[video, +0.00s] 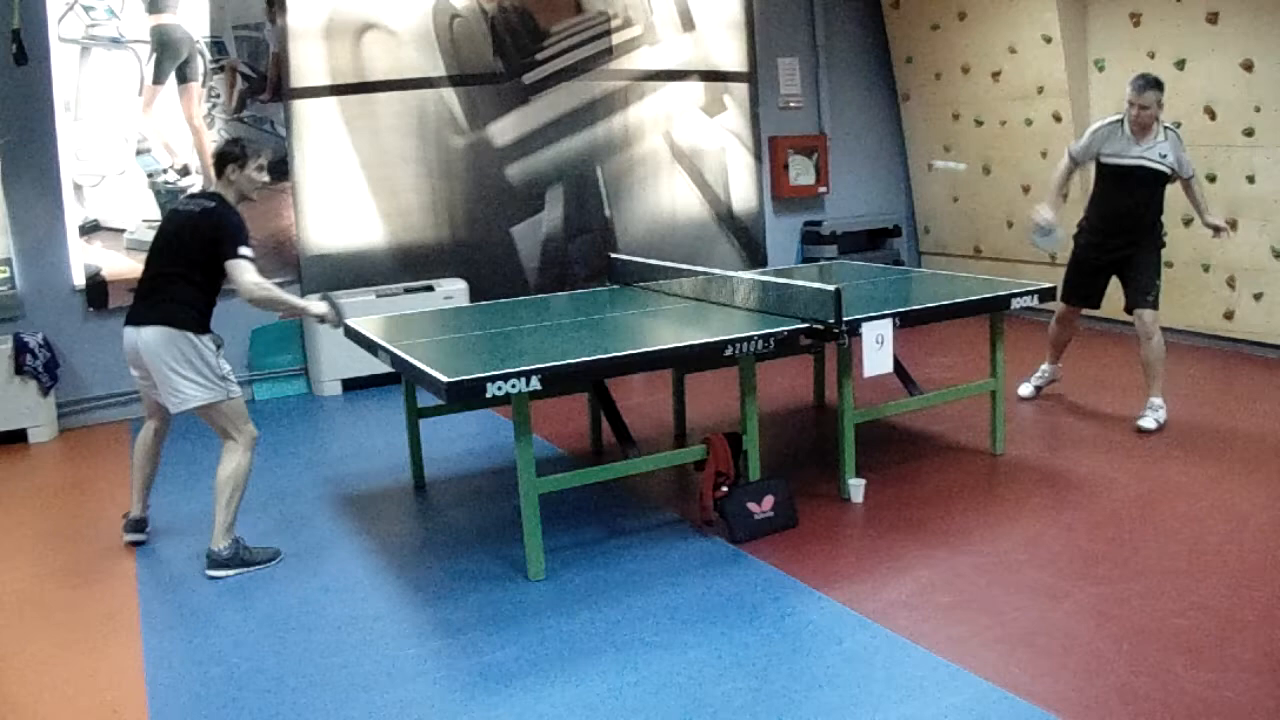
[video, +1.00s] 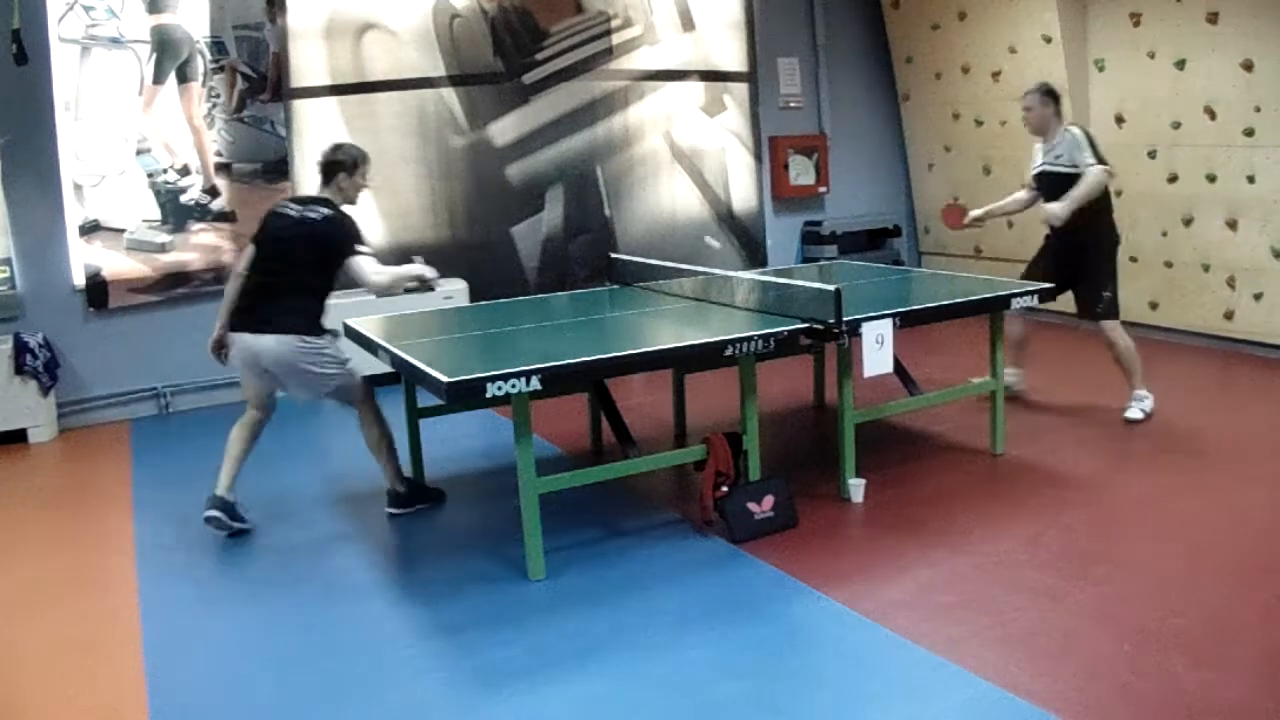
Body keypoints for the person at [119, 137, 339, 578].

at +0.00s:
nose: (265, 179)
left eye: (265, 171)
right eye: (258, 170)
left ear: (222, 171)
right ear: (231, 170)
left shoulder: (183, 207)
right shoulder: (226, 217)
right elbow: (250, 287)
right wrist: (307, 307)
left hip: (136, 333)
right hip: (176, 334)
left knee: (155, 420)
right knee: (241, 436)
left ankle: (136, 516)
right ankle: (223, 547)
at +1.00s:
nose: (365, 185)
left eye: (365, 177)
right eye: (362, 177)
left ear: (329, 177)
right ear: (342, 177)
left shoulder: (279, 211)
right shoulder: (338, 224)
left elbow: (241, 268)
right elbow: (376, 280)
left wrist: (222, 326)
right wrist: (414, 271)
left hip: (244, 336)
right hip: (294, 340)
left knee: (256, 409)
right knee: (362, 399)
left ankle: (221, 496)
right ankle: (398, 488)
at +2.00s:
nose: (335, 219)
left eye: (335, 210)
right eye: (330, 210)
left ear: (286, 203)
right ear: (307, 207)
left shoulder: (221, 248)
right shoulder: (309, 259)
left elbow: (153, 284)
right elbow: (396, 293)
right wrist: (441, 274)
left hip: (173, 400)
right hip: (232, 408)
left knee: (142, 506)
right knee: (352, 480)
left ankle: (81, 599)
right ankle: (404, 614)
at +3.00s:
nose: (166, 222)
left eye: (167, 212)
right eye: (161, 212)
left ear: (123, 215)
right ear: (132, 216)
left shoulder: (85, 255)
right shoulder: (100, 269)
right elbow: (136, 368)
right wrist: (208, 407)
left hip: (20, 405)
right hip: (33, 411)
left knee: (57, 494)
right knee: (137, 495)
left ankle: (16, 593)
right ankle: (184, 633)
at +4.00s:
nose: (40, 202)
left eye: (41, 192)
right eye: (35, 190)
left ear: (12, 189)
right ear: (6, 187)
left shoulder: (7, 245)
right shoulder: (3, 250)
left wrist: (16, 288)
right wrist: (30, 376)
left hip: (12, 431)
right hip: (7, 437)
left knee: (18, 521)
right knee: (62, 560)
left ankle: (4, 608)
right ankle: (32, 705)